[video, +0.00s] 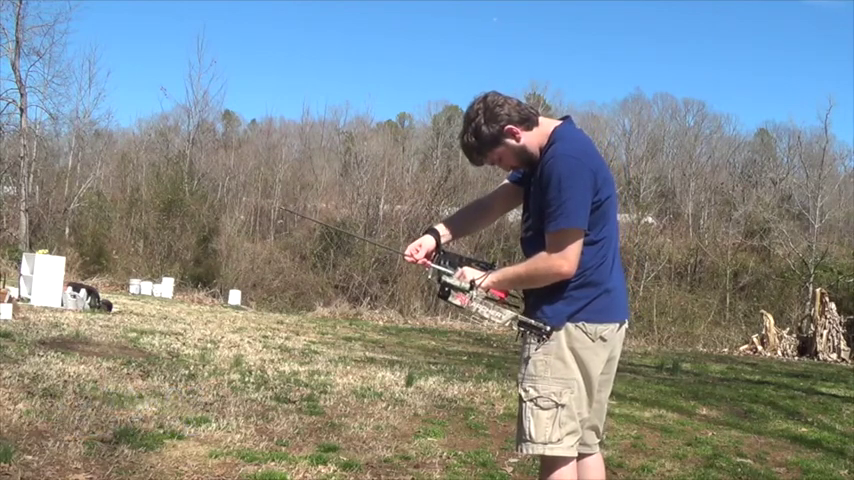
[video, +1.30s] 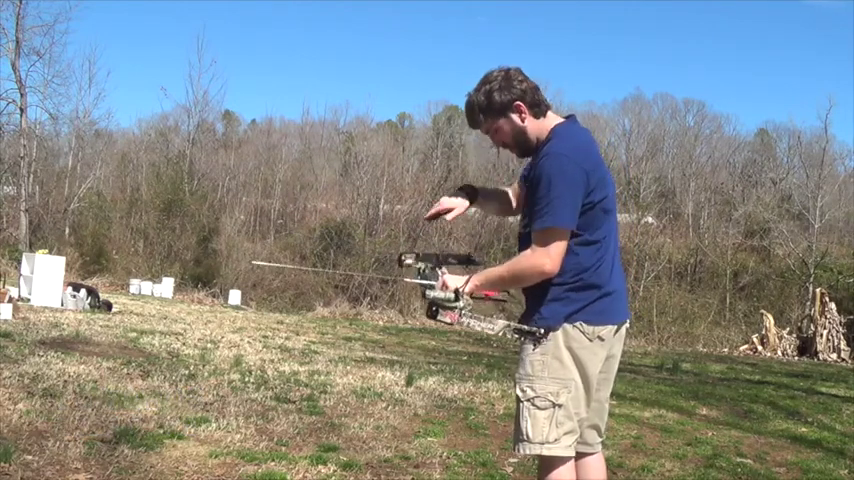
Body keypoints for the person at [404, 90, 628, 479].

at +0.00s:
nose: (500, 166)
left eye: (496, 159)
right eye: (493, 163)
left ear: (512, 132)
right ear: (514, 128)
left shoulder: (565, 159)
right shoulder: (555, 149)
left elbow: (563, 263)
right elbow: (494, 203)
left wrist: (490, 279)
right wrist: (437, 235)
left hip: (570, 319)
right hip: (590, 316)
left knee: (557, 449)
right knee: (585, 445)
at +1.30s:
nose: (495, 143)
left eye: (494, 131)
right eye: (489, 136)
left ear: (520, 110)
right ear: (524, 110)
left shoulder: (558, 156)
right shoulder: (568, 142)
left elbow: (545, 260)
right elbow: (514, 201)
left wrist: (473, 282)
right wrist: (469, 196)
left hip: (567, 320)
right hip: (600, 316)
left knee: (554, 451)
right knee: (587, 444)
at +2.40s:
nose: (501, 148)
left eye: (496, 136)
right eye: (495, 141)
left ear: (507, 111)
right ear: (543, 107)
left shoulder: (529, 150)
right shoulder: (599, 144)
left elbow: (523, 252)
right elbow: (585, 246)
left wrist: (483, 314)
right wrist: (529, 331)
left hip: (567, 313)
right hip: (620, 308)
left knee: (556, 452)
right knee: (600, 449)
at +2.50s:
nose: (501, 146)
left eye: (496, 135)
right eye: (494, 140)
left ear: (506, 110)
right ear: (541, 106)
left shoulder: (528, 150)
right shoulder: (596, 143)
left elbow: (523, 253)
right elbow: (580, 246)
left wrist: (481, 314)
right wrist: (524, 331)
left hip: (567, 311)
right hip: (619, 307)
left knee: (555, 451)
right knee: (599, 449)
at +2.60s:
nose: (501, 146)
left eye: (496, 135)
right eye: (494, 139)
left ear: (506, 110)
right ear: (540, 106)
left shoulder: (527, 150)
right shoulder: (596, 143)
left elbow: (521, 254)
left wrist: (478, 315)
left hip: (565, 312)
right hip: (618, 308)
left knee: (554, 451)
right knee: (598, 449)